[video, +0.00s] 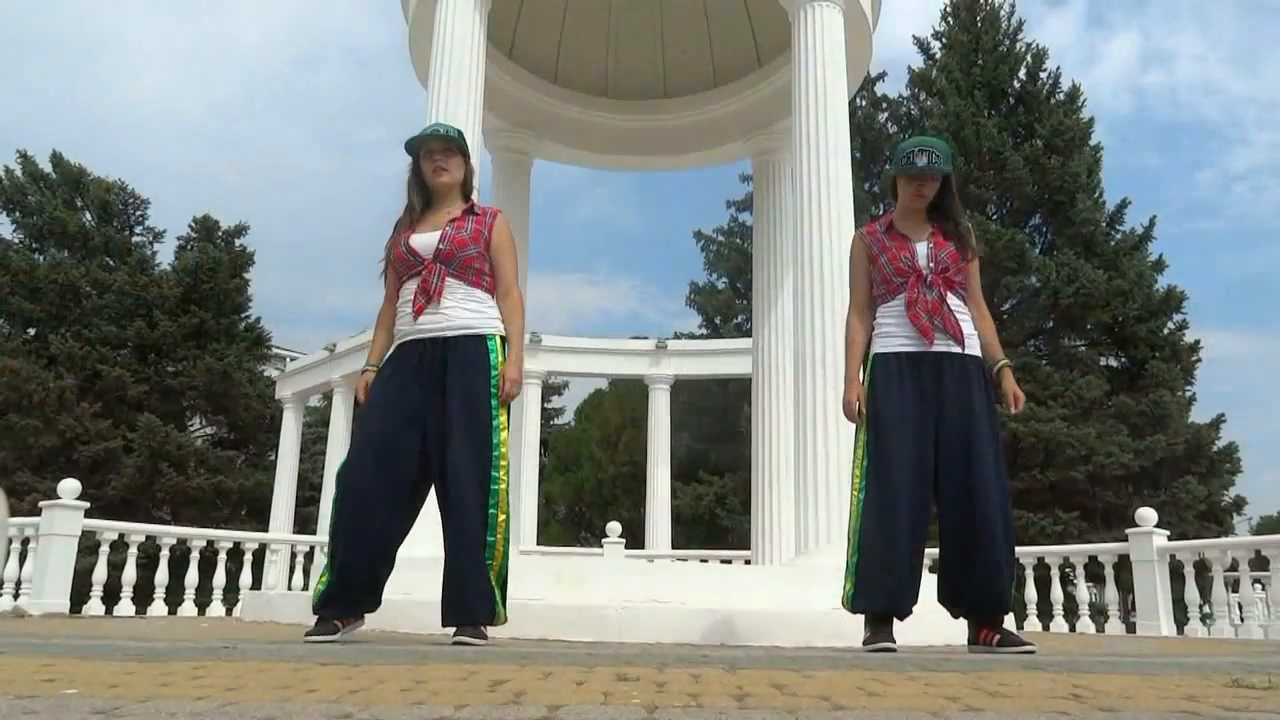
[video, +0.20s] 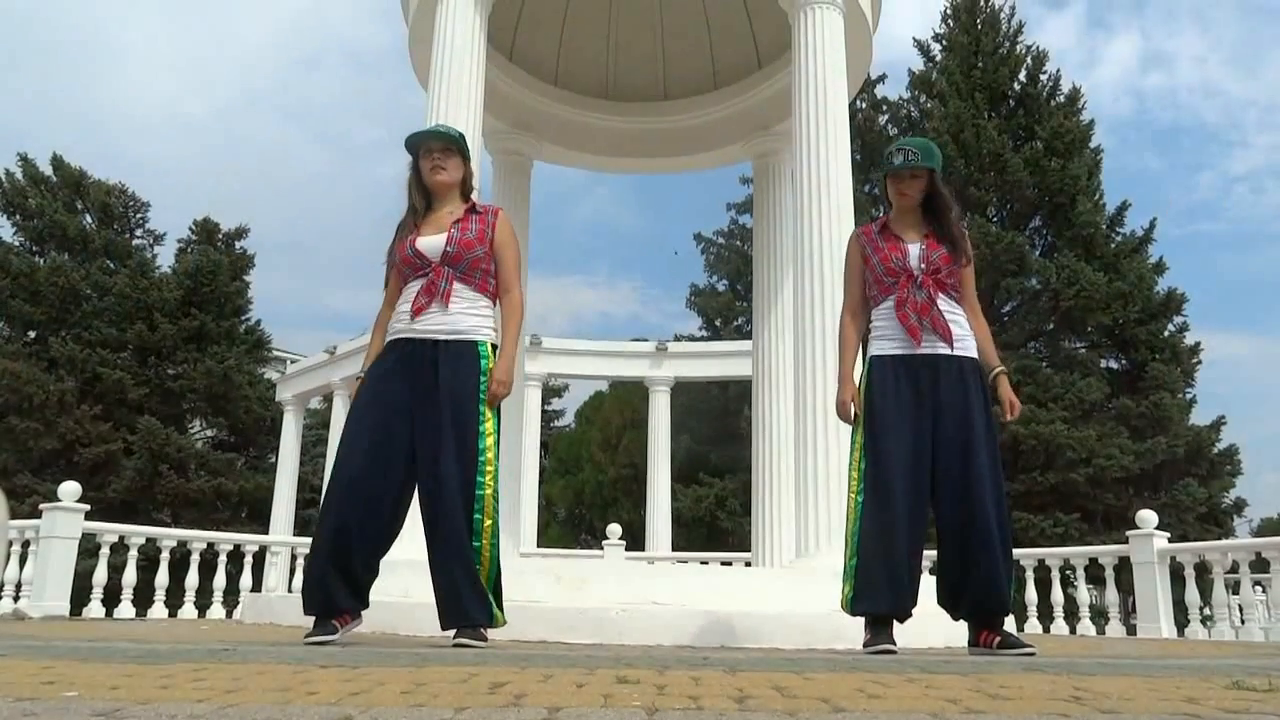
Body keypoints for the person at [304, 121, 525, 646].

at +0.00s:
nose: (438, 161)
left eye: (447, 153)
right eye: (429, 155)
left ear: (466, 163)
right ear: (418, 166)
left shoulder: (490, 221)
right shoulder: (405, 227)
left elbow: (509, 293)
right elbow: (391, 303)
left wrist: (515, 357)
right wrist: (371, 365)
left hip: (470, 358)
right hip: (408, 359)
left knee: (466, 483)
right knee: (366, 474)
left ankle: (470, 616)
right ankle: (345, 606)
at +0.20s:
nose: (436, 161)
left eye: (446, 154)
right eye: (427, 155)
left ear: (466, 165)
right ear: (416, 168)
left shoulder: (493, 221)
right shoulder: (408, 228)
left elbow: (511, 294)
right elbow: (389, 305)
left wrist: (506, 361)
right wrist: (369, 367)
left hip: (462, 360)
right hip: (401, 359)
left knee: (457, 486)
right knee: (359, 476)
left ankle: (469, 618)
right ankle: (339, 607)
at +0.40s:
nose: (429, 160)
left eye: (440, 153)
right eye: (421, 154)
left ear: (459, 166)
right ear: (409, 168)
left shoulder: (485, 219)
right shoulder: (399, 228)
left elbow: (505, 292)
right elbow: (380, 302)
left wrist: (499, 359)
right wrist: (354, 369)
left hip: (448, 361)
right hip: (385, 358)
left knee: (445, 489)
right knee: (354, 482)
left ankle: (468, 618)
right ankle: (339, 609)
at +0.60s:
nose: (421, 160)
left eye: (431, 154)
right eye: (413, 154)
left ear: (449, 167)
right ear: (401, 167)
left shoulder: (473, 218)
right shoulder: (388, 231)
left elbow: (493, 290)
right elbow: (369, 304)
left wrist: (489, 357)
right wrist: (338, 366)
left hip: (438, 363)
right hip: (372, 361)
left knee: (438, 491)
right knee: (352, 488)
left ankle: (468, 621)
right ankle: (342, 614)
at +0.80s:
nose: (416, 163)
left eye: (427, 156)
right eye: (408, 156)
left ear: (444, 170)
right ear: (395, 167)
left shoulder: (464, 221)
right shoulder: (377, 232)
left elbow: (483, 293)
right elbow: (358, 306)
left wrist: (485, 359)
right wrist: (330, 365)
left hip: (435, 366)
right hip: (368, 366)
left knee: (439, 492)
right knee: (349, 491)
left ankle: (471, 620)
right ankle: (343, 617)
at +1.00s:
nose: (418, 164)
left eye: (429, 159)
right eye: (410, 157)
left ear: (444, 173)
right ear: (396, 168)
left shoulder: (460, 226)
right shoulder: (373, 231)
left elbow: (477, 296)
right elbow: (352, 303)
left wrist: (484, 361)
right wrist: (324, 365)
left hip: (436, 367)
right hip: (368, 368)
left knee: (445, 493)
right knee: (355, 493)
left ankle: (471, 620)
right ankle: (345, 618)